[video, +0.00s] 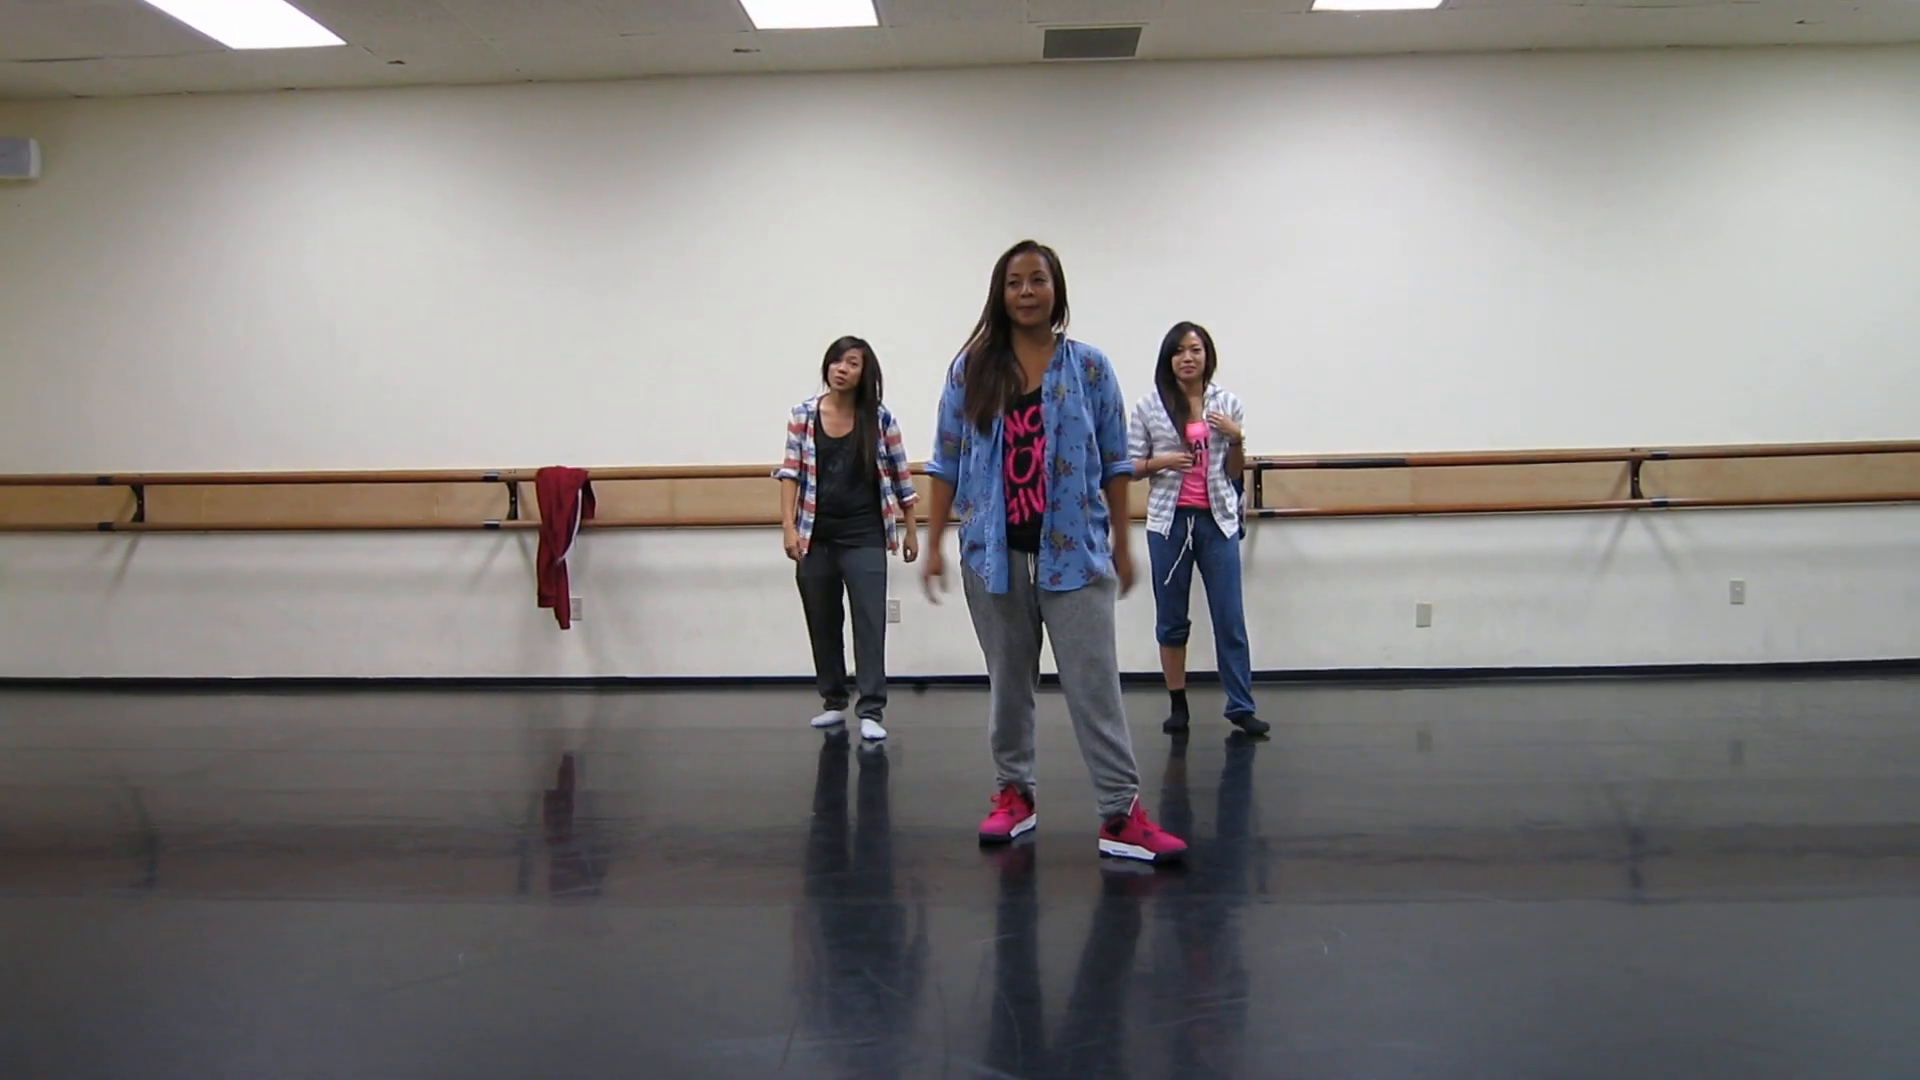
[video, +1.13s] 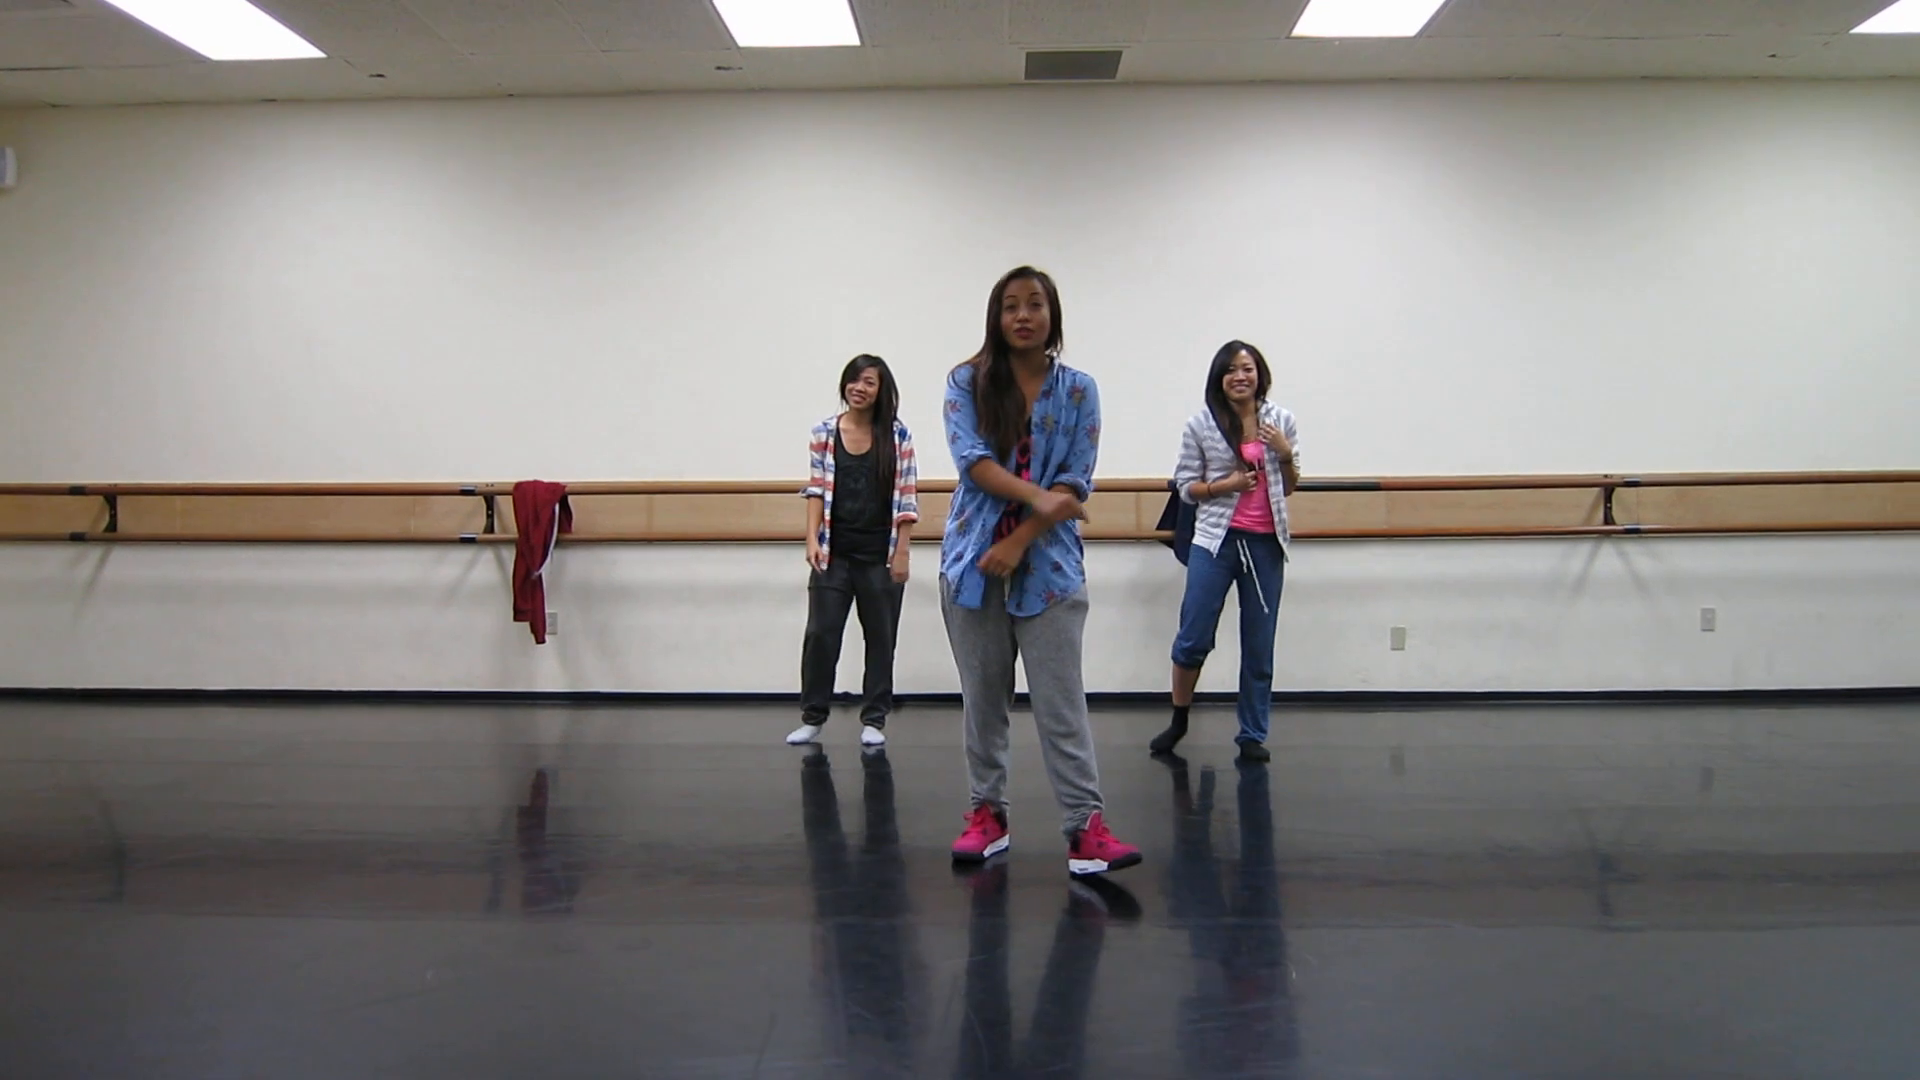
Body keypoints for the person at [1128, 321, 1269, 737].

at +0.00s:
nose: (1188, 358)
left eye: (1196, 350)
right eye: (1180, 351)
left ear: (1209, 356)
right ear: (1168, 359)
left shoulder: (1227, 403)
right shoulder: (1148, 408)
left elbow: (1234, 473)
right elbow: (1130, 467)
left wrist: (1236, 439)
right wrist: (1162, 460)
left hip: (1217, 519)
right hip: (1168, 521)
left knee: (1230, 618)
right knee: (1172, 619)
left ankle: (1241, 708)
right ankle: (1178, 705)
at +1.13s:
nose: (1240, 376)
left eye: (1248, 369)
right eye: (1232, 370)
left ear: (1260, 375)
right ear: (1219, 379)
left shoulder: (1279, 420)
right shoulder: (1201, 424)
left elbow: (1291, 487)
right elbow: (1186, 488)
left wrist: (1285, 454)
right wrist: (1227, 484)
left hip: (1265, 541)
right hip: (1214, 539)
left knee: (1259, 646)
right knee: (1193, 636)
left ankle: (1253, 738)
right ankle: (1179, 721)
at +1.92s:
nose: (1256, 378)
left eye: (1264, 370)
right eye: (1248, 371)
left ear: (1276, 377)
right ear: (1234, 379)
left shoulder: (1292, 423)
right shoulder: (1212, 426)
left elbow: (1308, 488)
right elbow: (1190, 486)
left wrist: (1312, 463)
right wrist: (1226, 489)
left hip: (1270, 544)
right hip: (1220, 540)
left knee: (1262, 649)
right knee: (1199, 639)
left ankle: (1255, 740)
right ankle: (1181, 726)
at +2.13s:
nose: (1249, 379)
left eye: (1257, 372)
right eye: (1241, 372)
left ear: (1270, 379)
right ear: (1227, 379)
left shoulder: (1285, 425)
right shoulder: (1205, 426)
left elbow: (1296, 483)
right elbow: (1184, 487)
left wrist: (1300, 465)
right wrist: (1218, 490)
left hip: (1265, 543)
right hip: (1213, 540)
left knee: (1260, 650)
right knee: (1188, 640)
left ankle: (1258, 742)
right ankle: (1166, 730)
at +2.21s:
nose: (1245, 380)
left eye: (1253, 373)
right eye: (1237, 373)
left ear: (1266, 381)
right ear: (1223, 380)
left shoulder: (1280, 426)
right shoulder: (1200, 426)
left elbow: (1291, 481)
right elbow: (1181, 487)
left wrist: (1293, 466)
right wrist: (1214, 490)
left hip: (1262, 543)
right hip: (1209, 540)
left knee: (1260, 649)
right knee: (1187, 641)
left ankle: (1258, 743)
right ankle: (1167, 730)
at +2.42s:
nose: (1230, 385)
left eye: (1239, 379)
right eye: (1223, 378)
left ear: (1251, 387)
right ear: (1209, 384)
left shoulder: (1263, 433)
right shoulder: (1183, 431)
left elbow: (1268, 495)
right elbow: (1163, 490)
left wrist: (1275, 473)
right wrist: (1195, 494)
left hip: (1244, 551)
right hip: (1194, 549)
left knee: (1252, 653)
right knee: (1182, 648)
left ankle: (1259, 746)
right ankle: (1172, 740)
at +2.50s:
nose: (1222, 387)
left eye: (1231, 381)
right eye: (1215, 380)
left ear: (1243, 389)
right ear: (1201, 387)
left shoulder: (1255, 436)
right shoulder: (1175, 434)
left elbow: (1261, 499)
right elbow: (1153, 491)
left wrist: (1267, 476)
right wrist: (1183, 499)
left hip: (1236, 555)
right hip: (1185, 553)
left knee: (1247, 657)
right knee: (1177, 653)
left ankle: (1258, 747)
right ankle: (1171, 743)